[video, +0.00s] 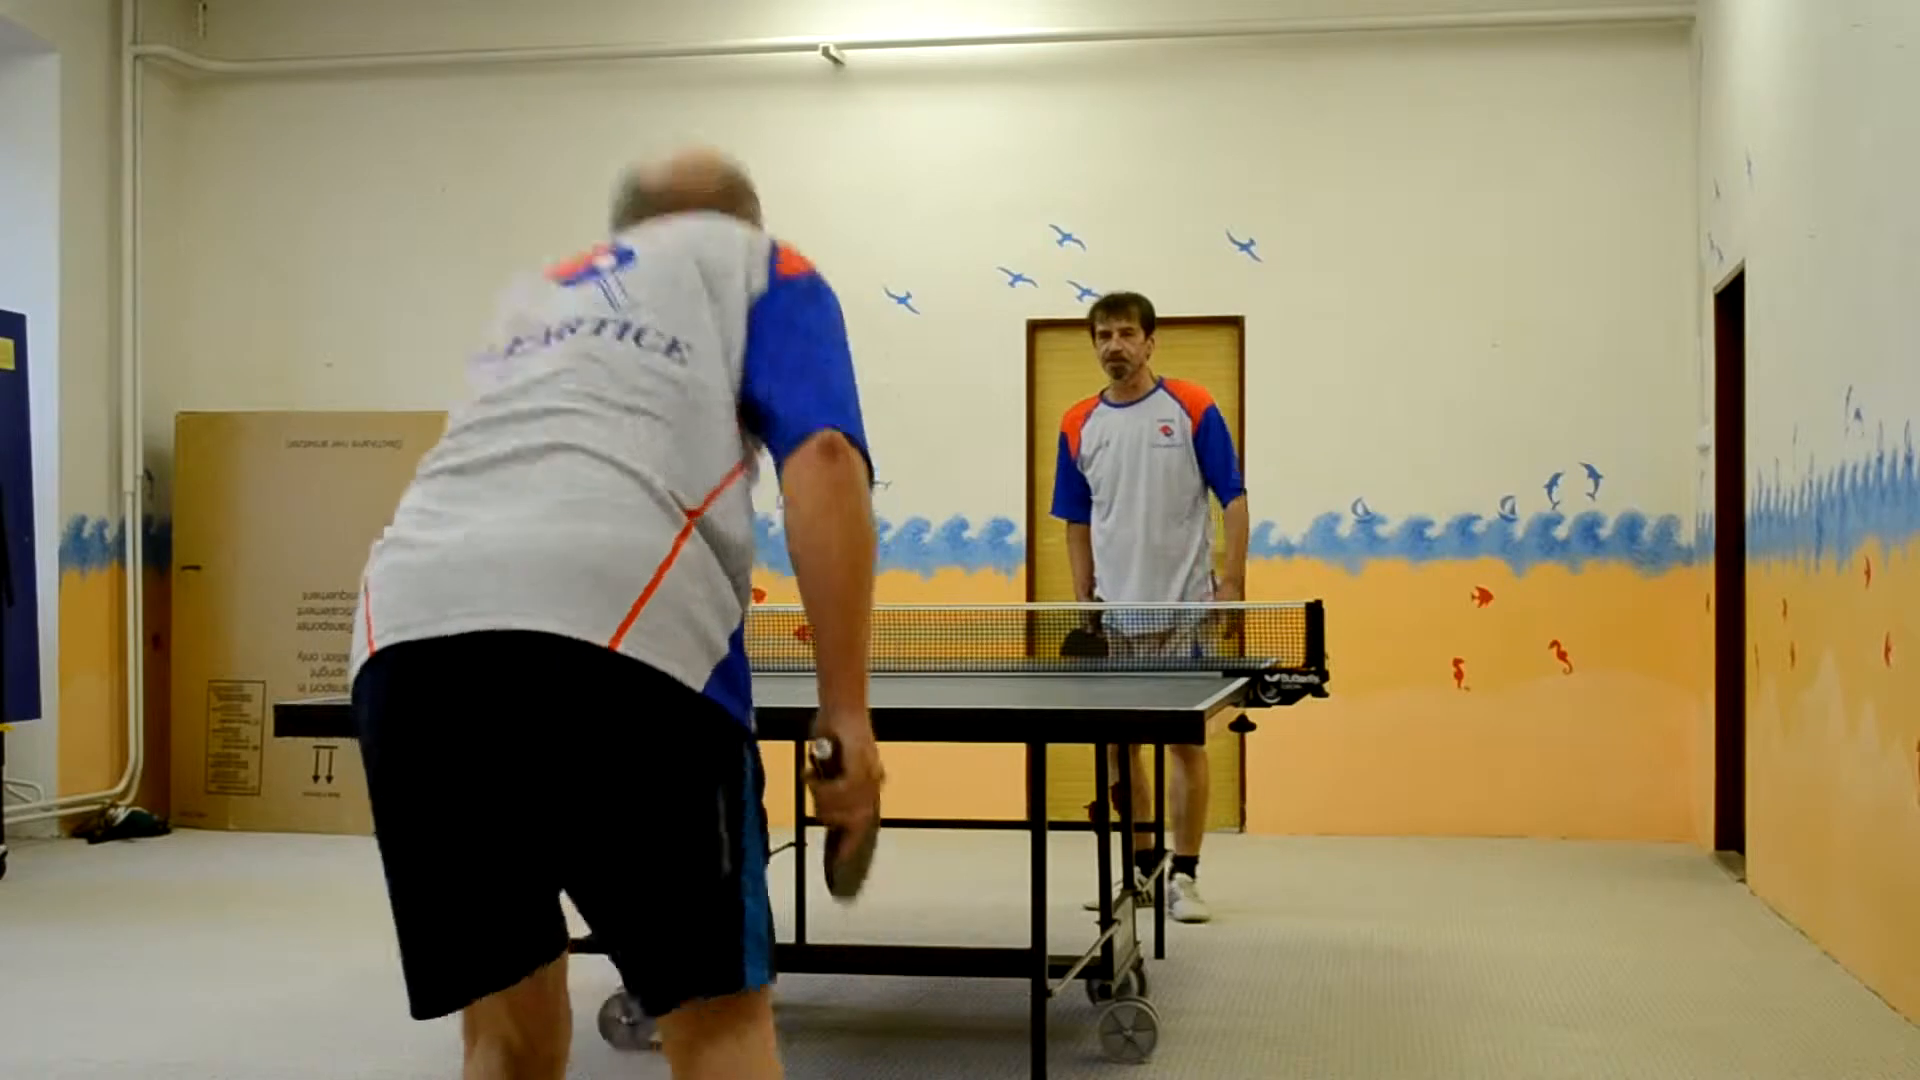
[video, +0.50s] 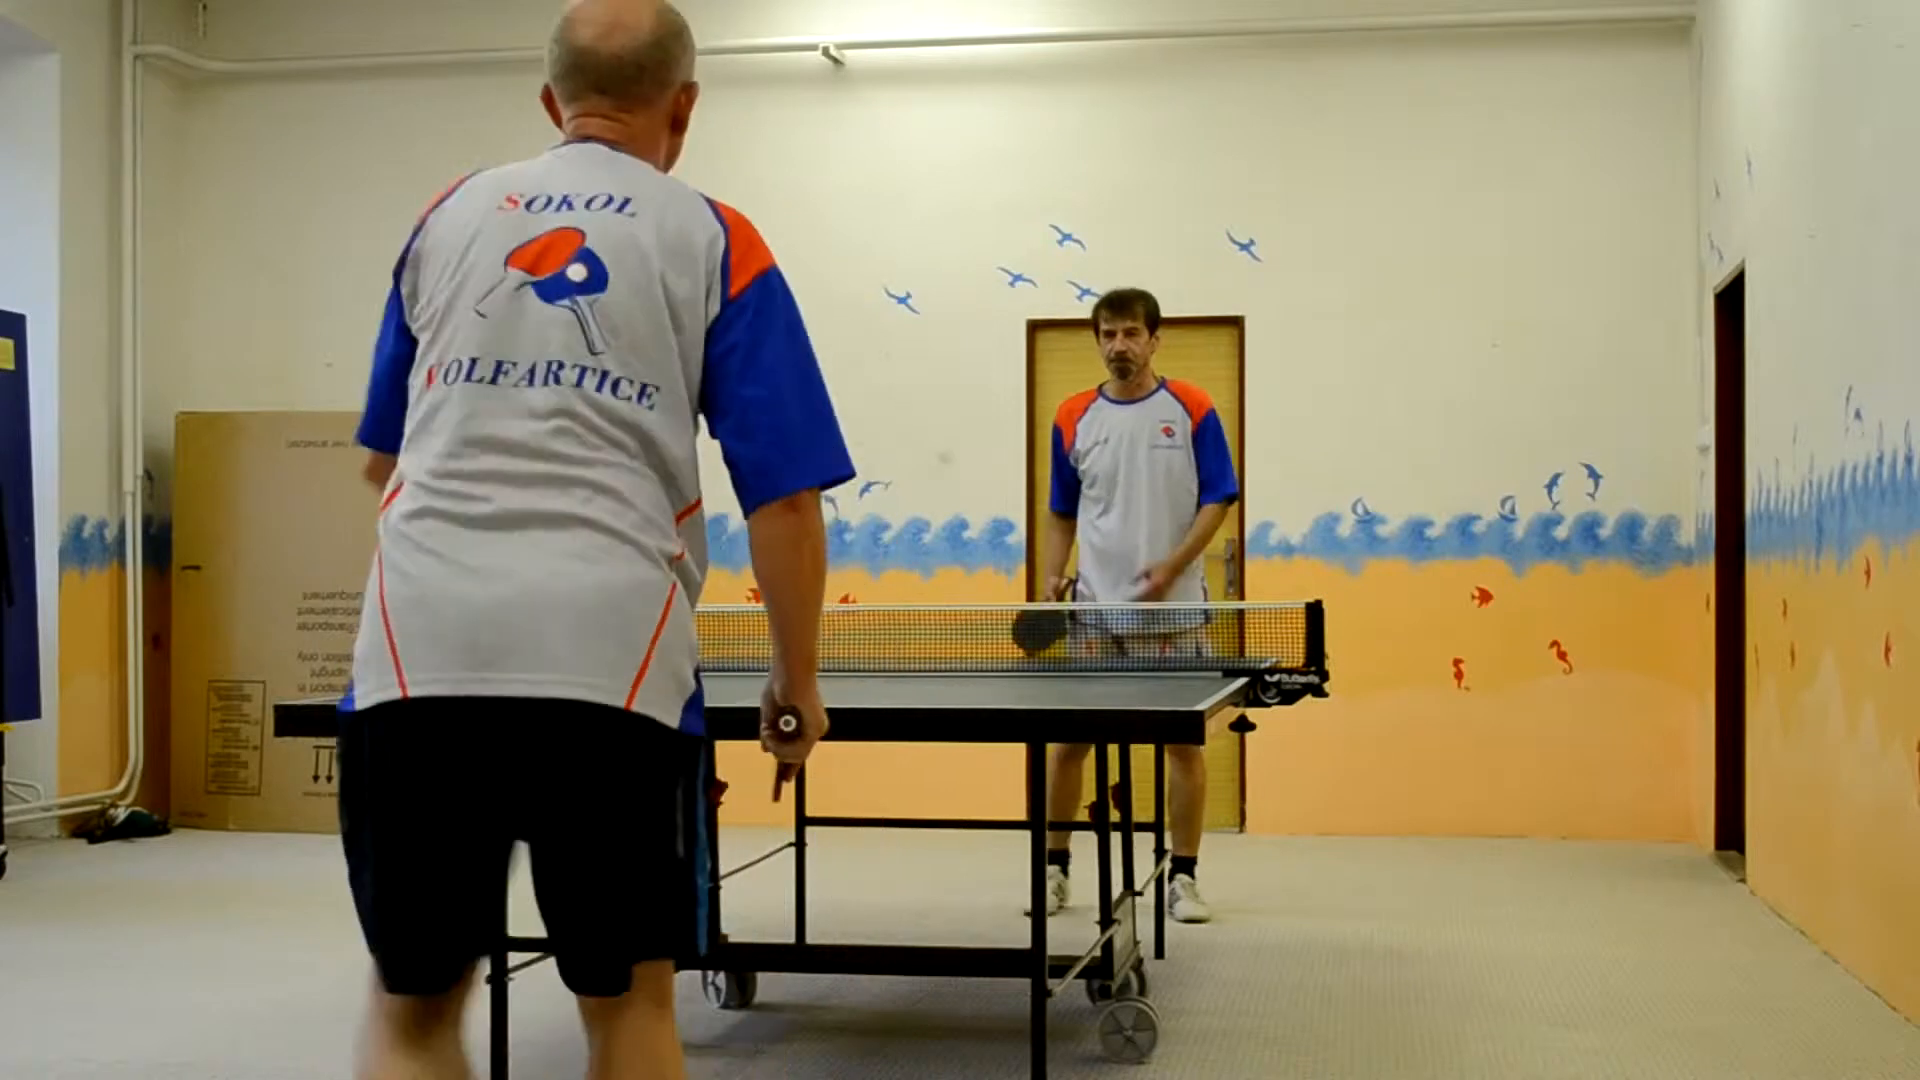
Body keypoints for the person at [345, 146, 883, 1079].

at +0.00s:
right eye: (751, 222)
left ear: (624, 226)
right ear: (750, 225)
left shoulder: (538, 291)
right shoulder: (764, 265)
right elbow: (824, 457)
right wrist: (843, 712)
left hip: (411, 648)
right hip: (615, 650)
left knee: (506, 1026)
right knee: (717, 1020)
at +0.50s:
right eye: (684, 108)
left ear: (548, 110)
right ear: (682, 107)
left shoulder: (444, 218)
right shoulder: (714, 236)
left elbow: (384, 461)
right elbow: (782, 492)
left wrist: (473, 589)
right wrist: (796, 676)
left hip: (415, 671)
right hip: (607, 674)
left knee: (412, 998)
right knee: (631, 999)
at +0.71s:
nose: (624, 148)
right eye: (630, 133)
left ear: (498, 132)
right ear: (620, 134)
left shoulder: (396, 243)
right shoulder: (665, 255)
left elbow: (296, 465)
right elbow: (740, 492)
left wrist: (335, 629)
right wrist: (746, 658)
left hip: (373, 667)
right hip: (566, 682)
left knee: (300, 970)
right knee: (604, 1005)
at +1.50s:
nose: (619, 288)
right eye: (619, 276)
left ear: (501, 274)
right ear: (609, 282)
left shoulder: (400, 355)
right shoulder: (641, 383)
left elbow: (288, 517)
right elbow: (743, 590)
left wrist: (310, 671)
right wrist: (764, 644)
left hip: (337, 712)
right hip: (522, 728)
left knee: (223, 965)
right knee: (660, 960)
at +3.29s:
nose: (600, 328)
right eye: (596, 313)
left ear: (482, 312)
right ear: (586, 319)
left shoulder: (383, 388)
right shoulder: (621, 416)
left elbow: (254, 536)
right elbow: (686, 627)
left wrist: (276, 701)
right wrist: (655, 686)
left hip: (331, 728)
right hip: (517, 734)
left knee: (203, 963)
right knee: (683, 961)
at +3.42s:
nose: (464, 348)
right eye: (467, 335)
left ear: (357, 337)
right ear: (462, 342)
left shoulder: (282, 424)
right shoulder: (532, 440)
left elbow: (144, 602)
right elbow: (587, 651)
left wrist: (136, 774)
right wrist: (492, 724)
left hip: (302, 772)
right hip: (490, 772)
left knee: (154, 963)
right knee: (647, 978)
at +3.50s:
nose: (363, 355)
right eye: (366, 340)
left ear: (245, 340)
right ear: (359, 342)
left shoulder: (176, 430)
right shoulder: (427, 440)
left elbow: (41, 626)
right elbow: (486, 635)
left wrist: (14, 742)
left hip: (224, 782)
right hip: (417, 780)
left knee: (105, 965)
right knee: (582, 993)